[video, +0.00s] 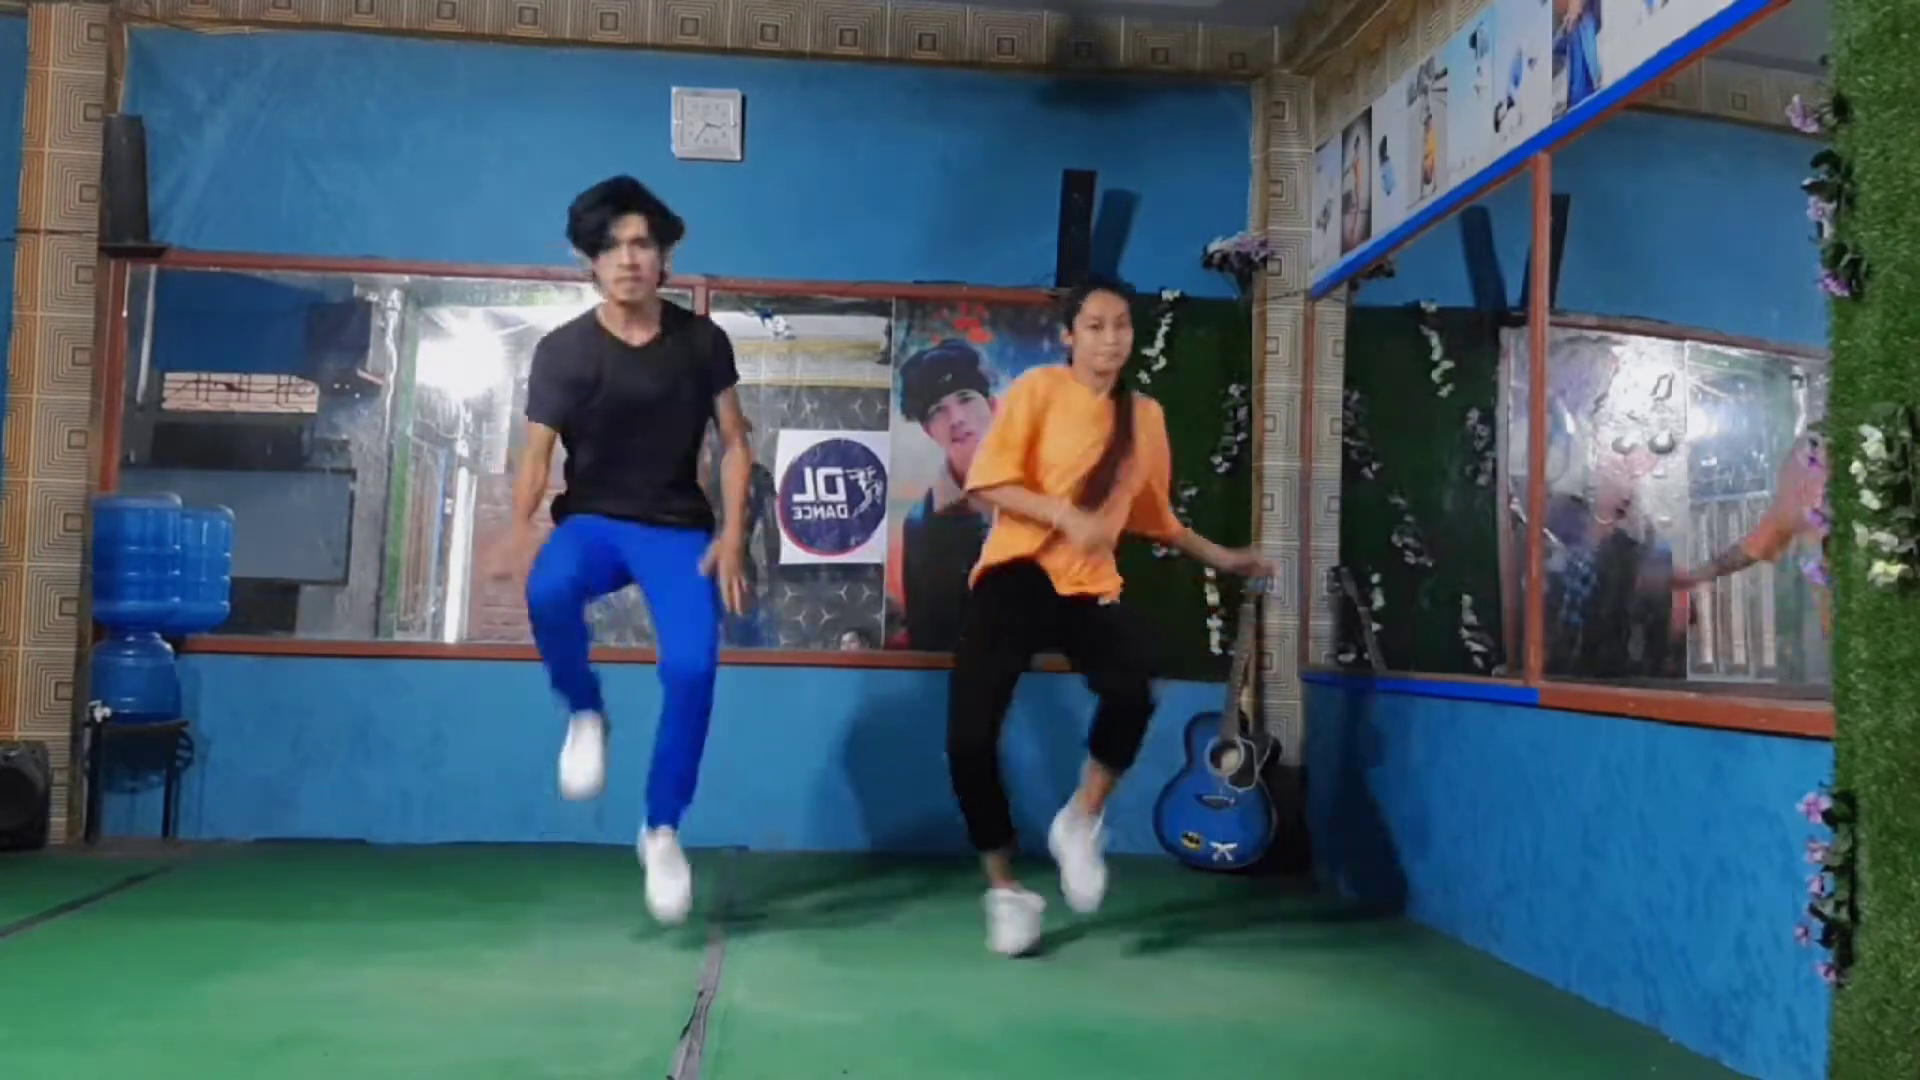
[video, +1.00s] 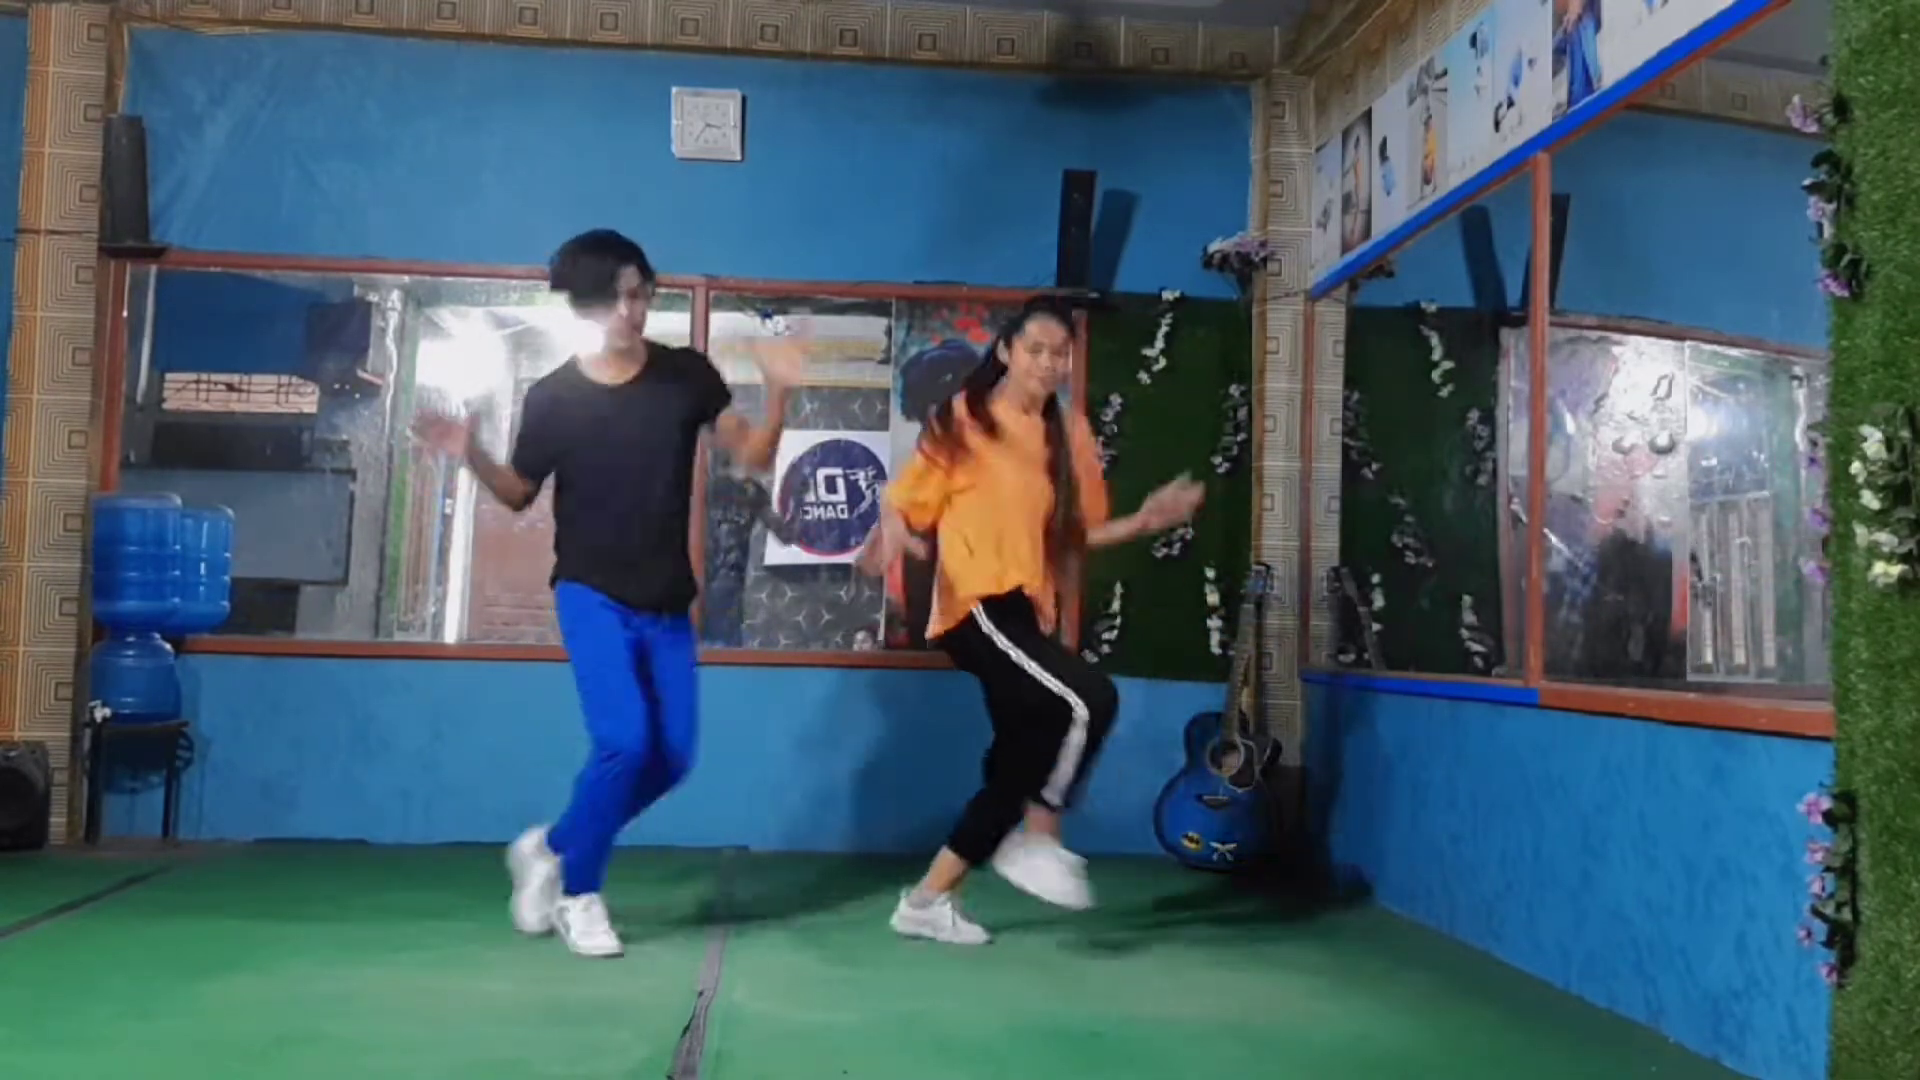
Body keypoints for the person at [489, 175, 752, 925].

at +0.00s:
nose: (632, 261)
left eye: (644, 246)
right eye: (616, 248)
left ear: (663, 257)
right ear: (593, 263)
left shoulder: (703, 342)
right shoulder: (564, 350)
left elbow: (735, 443)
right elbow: (536, 453)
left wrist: (733, 536)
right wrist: (523, 529)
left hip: (678, 528)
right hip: (592, 523)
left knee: (694, 670)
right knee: (548, 591)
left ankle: (662, 832)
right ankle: (583, 713)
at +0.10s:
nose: (640, 275)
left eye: (652, 260)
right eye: (623, 262)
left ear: (672, 271)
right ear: (599, 277)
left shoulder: (710, 363)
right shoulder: (572, 369)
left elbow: (735, 471)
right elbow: (532, 469)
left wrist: (737, 570)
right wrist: (491, 548)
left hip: (674, 562)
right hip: (588, 550)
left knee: (664, 737)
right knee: (536, 631)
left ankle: (650, 890)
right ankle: (579, 756)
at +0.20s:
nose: (647, 292)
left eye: (659, 276)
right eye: (631, 279)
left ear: (678, 286)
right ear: (605, 291)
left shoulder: (716, 380)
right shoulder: (576, 380)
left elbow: (738, 480)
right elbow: (539, 468)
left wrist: (741, 580)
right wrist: (508, 553)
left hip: (678, 598)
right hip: (584, 589)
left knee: (671, 751)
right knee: (550, 720)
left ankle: (654, 899)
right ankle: (547, 861)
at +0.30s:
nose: (649, 291)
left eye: (659, 275)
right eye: (632, 279)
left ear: (675, 285)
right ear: (604, 292)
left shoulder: (709, 375)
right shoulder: (569, 375)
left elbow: (724, 468)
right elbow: (547, 459)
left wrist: (729, 539)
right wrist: (550, 513)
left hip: (673, 601)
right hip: (584, 594)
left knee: (667, 755)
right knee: (571, 746)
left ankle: (653, 898)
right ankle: (534, 896)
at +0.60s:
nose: (647, 306)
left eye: (655, 289)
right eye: (630, 292)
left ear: (665, 290)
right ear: (591, 296)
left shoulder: (678, 373)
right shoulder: (556, 383)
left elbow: (715, 466)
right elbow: (510, 492)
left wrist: (783, 435)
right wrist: (492, 466)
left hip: (650, 591)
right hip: (568, 591)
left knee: (717, 683)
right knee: (573, 744)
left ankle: (628, 806)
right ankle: (537, 899)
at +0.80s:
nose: (633, 298)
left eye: (637, 283)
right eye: (618, 287)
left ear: (643, 282)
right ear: (578, 293)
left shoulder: (669, 354)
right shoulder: (538, 379)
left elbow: (697, 451)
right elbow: (500, 471)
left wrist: (766, 477)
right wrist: (468, 470)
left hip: (658, 578)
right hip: (587, 577)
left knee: (628, 740)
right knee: (623, 730)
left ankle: (520, 871)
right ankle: (652, 901)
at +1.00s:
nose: (634, 311)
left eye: (639, 294)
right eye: (617, 299)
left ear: (649, 297)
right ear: (582, 309)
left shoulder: (689, 374)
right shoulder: (554, 398)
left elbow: (753, 455)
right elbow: (518, 495)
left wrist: (779, 394)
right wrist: (473, 457)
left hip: (667, 600)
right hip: (591, 594)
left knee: (674, 754)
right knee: (625, 741)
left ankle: (547, 848)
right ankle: (581, 892)